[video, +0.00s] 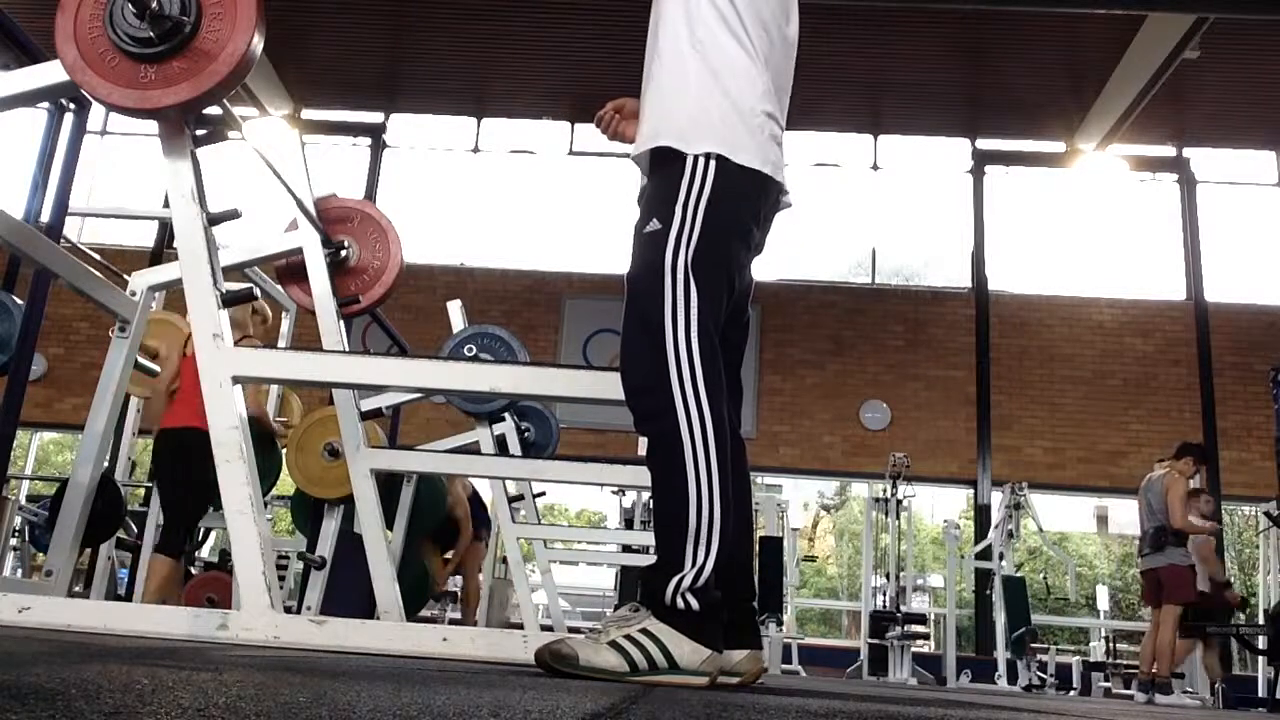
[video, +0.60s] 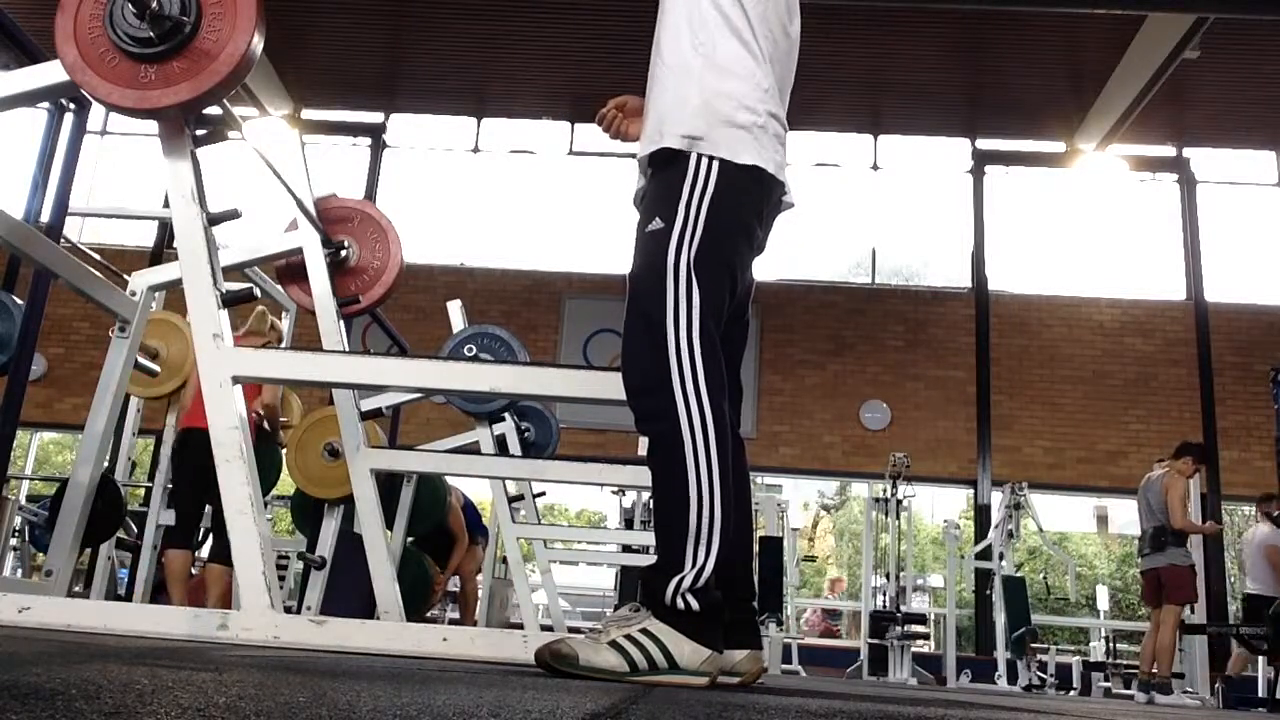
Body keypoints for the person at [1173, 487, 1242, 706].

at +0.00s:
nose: (1210, 505)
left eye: (1209, 501)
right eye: (1206, 502)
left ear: (1192, 506)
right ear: (1194, 504)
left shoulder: (1183, 527)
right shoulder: (1202, 530)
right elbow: (1211, 566)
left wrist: (1226, 590)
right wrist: (1225, 583)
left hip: (1192, 590)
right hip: (1203, 592)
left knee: (1209, 644)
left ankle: (1222, 690)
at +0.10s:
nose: (1222, 506)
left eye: (1222, 502)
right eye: (1218, 502)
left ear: (1203, 504)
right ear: (1206, 503)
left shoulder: (1193, 524)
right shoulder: (1210, 525)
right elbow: (1221, 558)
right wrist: (1234, 585)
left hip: (1196, 586)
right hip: (1209, 587)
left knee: (1217, 643)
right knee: (1219, 642)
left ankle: (1219, 691)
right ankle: (1180, 671)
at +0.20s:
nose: (1232, 505)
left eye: (1232, 501)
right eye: (1229, 501)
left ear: (1212, 504)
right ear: (1217, 503)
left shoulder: (1197, 528)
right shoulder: (1222, 531)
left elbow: (1199, 559)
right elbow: (1235, 566)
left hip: (1201, 588)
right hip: (1220, 589)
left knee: (1219, 641)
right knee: (1237, 639)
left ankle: (1218, 688)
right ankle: (1206, 669)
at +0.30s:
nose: (1245, 506)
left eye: (1245, 502)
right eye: (1241, 502)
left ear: (1225, 505)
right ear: (1228, 503)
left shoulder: (1207, 527)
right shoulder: (1233, 526)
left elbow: (1202, 563)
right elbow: (1239, 556)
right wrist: (1255, 583)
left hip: (1211, 590)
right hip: (1234, 590)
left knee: (1223, 640)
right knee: (1249, 638)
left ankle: (1219, 689)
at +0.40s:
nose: (1257, 508)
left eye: (1256, 503)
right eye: (1254, 504)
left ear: (1237, 507)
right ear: (1244, 506)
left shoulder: (1226, 528)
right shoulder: (1244, 529)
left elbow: (1227, 563)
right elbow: (1252, 563)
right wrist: (1269, 588)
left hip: (1222, 593)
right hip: (1242, 595)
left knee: (1228, 643)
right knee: (1271, 637)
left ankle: (1220, 690)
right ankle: (1271, 692)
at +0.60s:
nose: (1279, 512)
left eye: (1278, 507)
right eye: (1277, 508)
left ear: (1259, 510)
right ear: (1268, 508)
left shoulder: (1249, 533)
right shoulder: (1272, 533)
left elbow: (1243, 564)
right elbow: (1275, 562)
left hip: (1250, 593)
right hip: (1269, 595)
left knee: (1246, 644)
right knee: (1274, 646)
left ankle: (1229, 680)